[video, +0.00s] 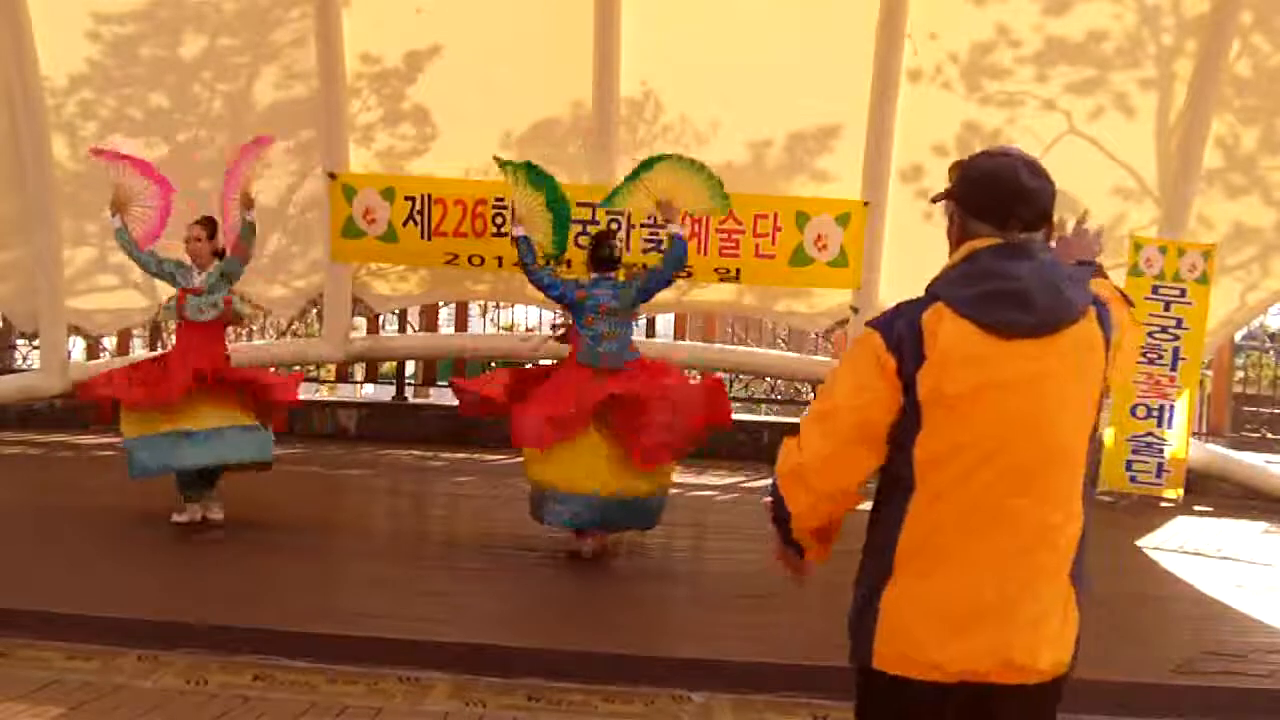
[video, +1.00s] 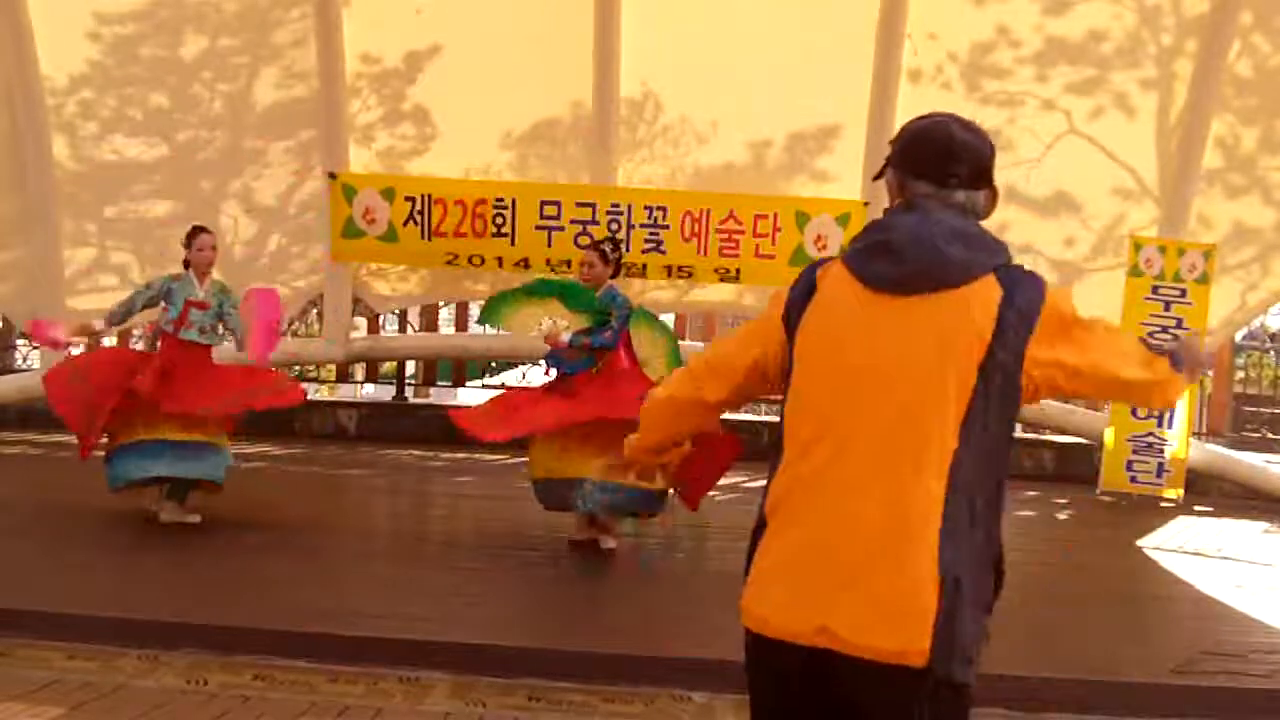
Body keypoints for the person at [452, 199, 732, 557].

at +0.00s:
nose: (615, 259)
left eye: (607, 255)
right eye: (616, 254)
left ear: (588, 260)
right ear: (619, 259)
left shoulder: (575, 293)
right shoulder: (631, 291)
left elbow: (538, 275)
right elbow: (670, 268)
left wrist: (521, 236)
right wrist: (675, 228)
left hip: (582, 372)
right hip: (624, 372)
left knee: (580, 447)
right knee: (614, 449)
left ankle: (583, 529)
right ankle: (600, 529)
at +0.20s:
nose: (626, 268)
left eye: (627, 262)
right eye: (622, 262)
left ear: (613, 264)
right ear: (607, 263)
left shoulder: (608, 291)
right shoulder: (600, 290)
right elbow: (631, 273)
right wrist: (659, 237)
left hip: (605, 372)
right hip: (590, 372)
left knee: (595, 448)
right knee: (585, 447)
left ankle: (589, 526)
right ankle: (581, 529)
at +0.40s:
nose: (624, 270)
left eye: (629, 264)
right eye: (618, 263)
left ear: (633, 267)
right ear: (600, 264)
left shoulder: (634, 297)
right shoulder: (589, 291)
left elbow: (673, 293)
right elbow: (556, 280)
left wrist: (704, 266)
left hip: (629, 377)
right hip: (591, 374)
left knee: (623, 446)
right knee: (590, 443)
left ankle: (613, 523)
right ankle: (582, 518)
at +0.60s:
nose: (608, 268)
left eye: (614, 263)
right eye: (603, 263)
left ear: (626, 266)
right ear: (595, 264)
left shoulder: (636, 296)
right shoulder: (582, 291)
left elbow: (667, 306)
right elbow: (541, 301)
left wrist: (678, 284)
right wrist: (497, 302)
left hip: (625, 377)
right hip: (585, 376)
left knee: (618, 452)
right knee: (587, 451)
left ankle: (609, 528)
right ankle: (586, 527)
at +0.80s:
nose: (596, 267)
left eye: (603, 261)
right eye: (592, 260)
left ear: (615, 265)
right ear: (584, 265)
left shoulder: (624, 298)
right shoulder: (577, 302)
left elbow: (633, 325)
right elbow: (556, 341)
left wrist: (605, 317)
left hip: (621, 385)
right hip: (582, 380)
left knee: (615, 457)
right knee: (589, 453)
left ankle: (602, 527)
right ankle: (586, 527)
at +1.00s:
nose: (582, 272)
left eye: (590, 266)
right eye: (581, 265)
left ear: (610, 269)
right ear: (582, 267)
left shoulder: (616, 301)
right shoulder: (587, 300)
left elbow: (610, 340)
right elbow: (589, 340)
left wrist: (569, 341)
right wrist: (560, 338)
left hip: (610, 386)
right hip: (585, 385)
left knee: (603, 451)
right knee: (584, 448)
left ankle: (605, 529)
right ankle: (586, 526)